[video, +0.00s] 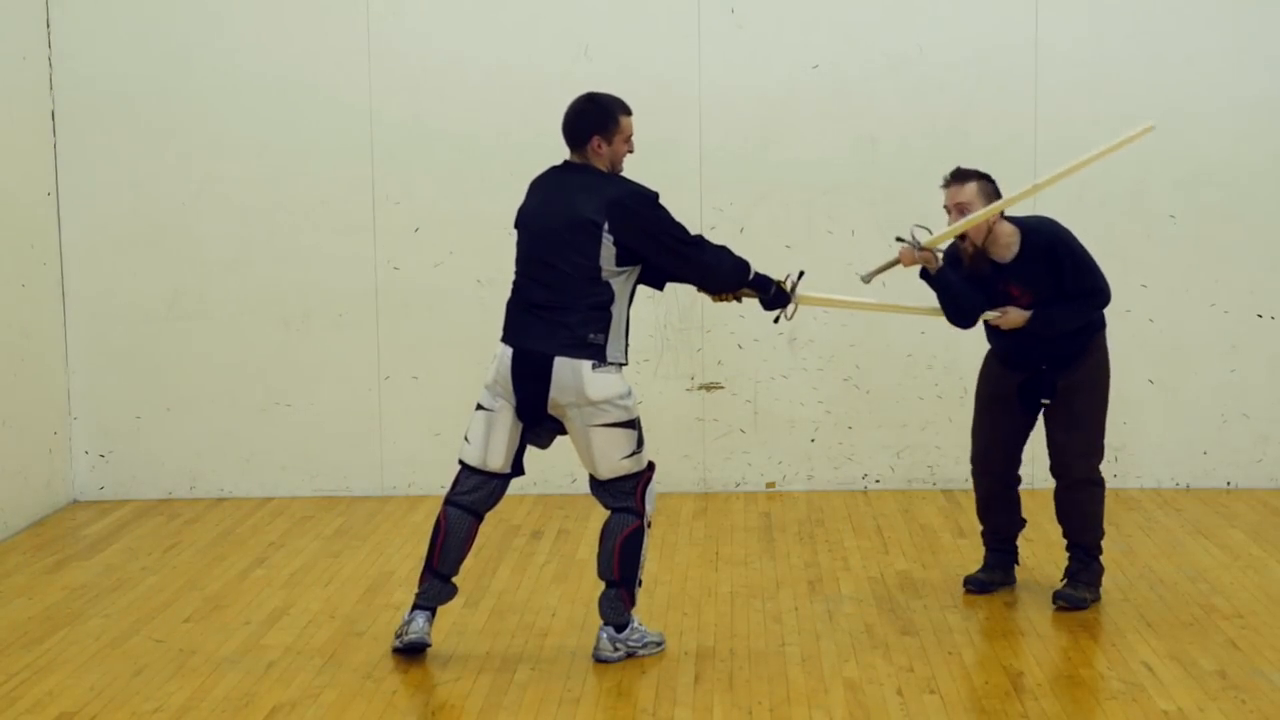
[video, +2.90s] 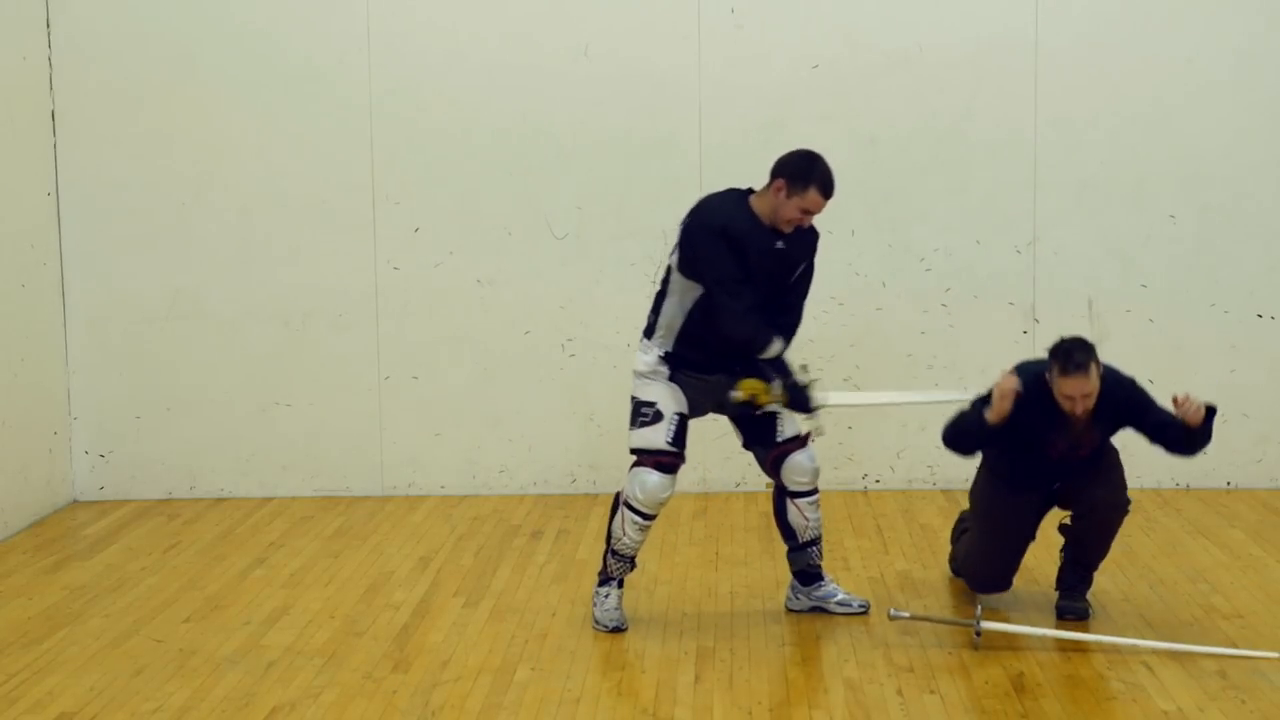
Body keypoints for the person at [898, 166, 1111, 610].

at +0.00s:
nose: (956, 220)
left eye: (964, 209)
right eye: (950, 211)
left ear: (994, 209)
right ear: (948, 215)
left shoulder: (1047, 237)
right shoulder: (959, 258)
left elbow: (1097, 294)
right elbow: (964, 317)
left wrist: (1031, 317)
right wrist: (932, 266)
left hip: (1076, 358)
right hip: (1009, 359)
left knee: (1076, 465)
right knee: (991, 460)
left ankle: (1083, 570)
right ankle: (999, 560)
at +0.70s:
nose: (994, 249)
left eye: (1004, 237)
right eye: (986, 237)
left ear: (1029, 235)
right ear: (981, 235)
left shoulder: (1067, 261)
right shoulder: (975, 272)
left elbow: (1111, 315)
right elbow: (985, 352)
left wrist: (1050, 338)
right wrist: (967, 321)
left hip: (1071, 377)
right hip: (1002, 377)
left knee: (1073, 477)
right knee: (981, 472)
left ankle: (1075, 582)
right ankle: (997, 563)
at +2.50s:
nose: (1042, 284)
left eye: (1055, 279)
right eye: (1038, 271)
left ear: (1078, 276)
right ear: (1031, 257)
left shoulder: (1101, 290)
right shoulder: (1003, 275)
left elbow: (1119, 344)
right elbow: (973, 357)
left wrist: (1060, 354)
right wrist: (980, 334)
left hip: (1073, 388)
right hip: (1002, 380)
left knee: (1077, 480)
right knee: (979, 476)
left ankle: (1075, 582)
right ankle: (996, 562)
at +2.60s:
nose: (1049, 320)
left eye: (1060, 317)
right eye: (1046, 309)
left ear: (1082, 306)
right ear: (1041, 285)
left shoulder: (1109, 303)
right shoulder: (1012, 282)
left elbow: (1121, 356)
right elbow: (961, 358)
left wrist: (1092, 378)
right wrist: (974, 336)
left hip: (1076, 397)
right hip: (1004, 386)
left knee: (1079, 483)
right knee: (977, 477)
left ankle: (1075, 582)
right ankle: (994, 561)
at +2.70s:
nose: (1059, 358)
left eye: (1068, 355)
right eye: (1053, 350)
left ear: (1091, 330)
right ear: (1042, 319)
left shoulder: (1114, 311)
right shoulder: (1013, 306)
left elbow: (1141, 359)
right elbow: (952, 360)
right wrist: (969, 340)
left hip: (1081, 405)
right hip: (1008, 398)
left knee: (1088, 492)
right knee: (977, 490)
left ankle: (1076, 584)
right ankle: (971, 532)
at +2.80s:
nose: (1071, 375)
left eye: (1079, 368)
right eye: (1063, 368)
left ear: (1094, 342)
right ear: (1047, 348)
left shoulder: (1120, 344)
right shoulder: (1016, 341)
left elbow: (1165, 393)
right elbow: (948, 383)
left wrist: (1186, 385)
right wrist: (975, 348)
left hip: (1085, 433)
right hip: (1013, 429)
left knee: (1094, 501)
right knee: (987, 530)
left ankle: (1075, 587)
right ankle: (965, 538)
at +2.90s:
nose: (1079, 406)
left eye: (1087, 396)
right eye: (1068, 397)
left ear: (1099, 379)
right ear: (1051, 382)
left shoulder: (1118, 391)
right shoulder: (1022, 385)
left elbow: (1182, 443)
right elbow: (955, 439)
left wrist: (1196, 424)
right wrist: (993, 416)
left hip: (1083, 477)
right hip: (1015, 479)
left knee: (1108, 506)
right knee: (986, 580)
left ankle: (1074, 588)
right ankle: (966, 534)